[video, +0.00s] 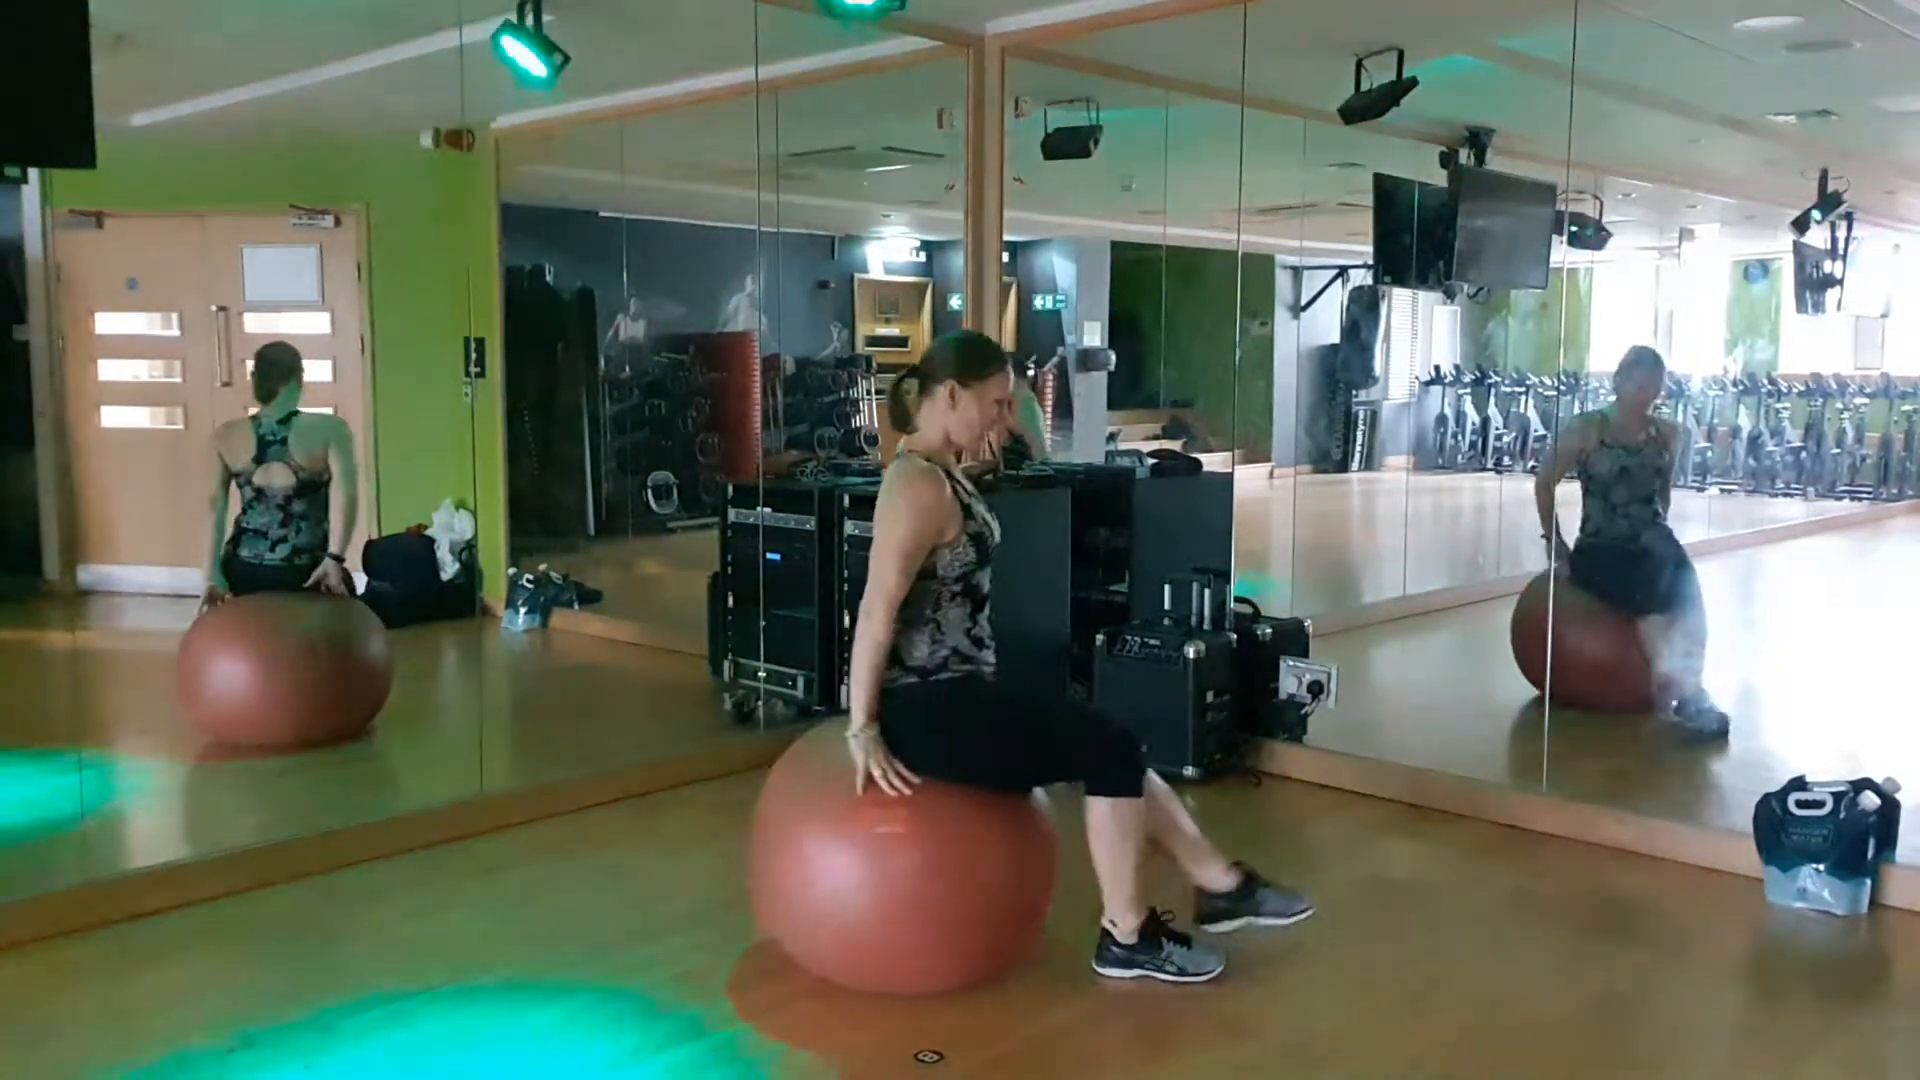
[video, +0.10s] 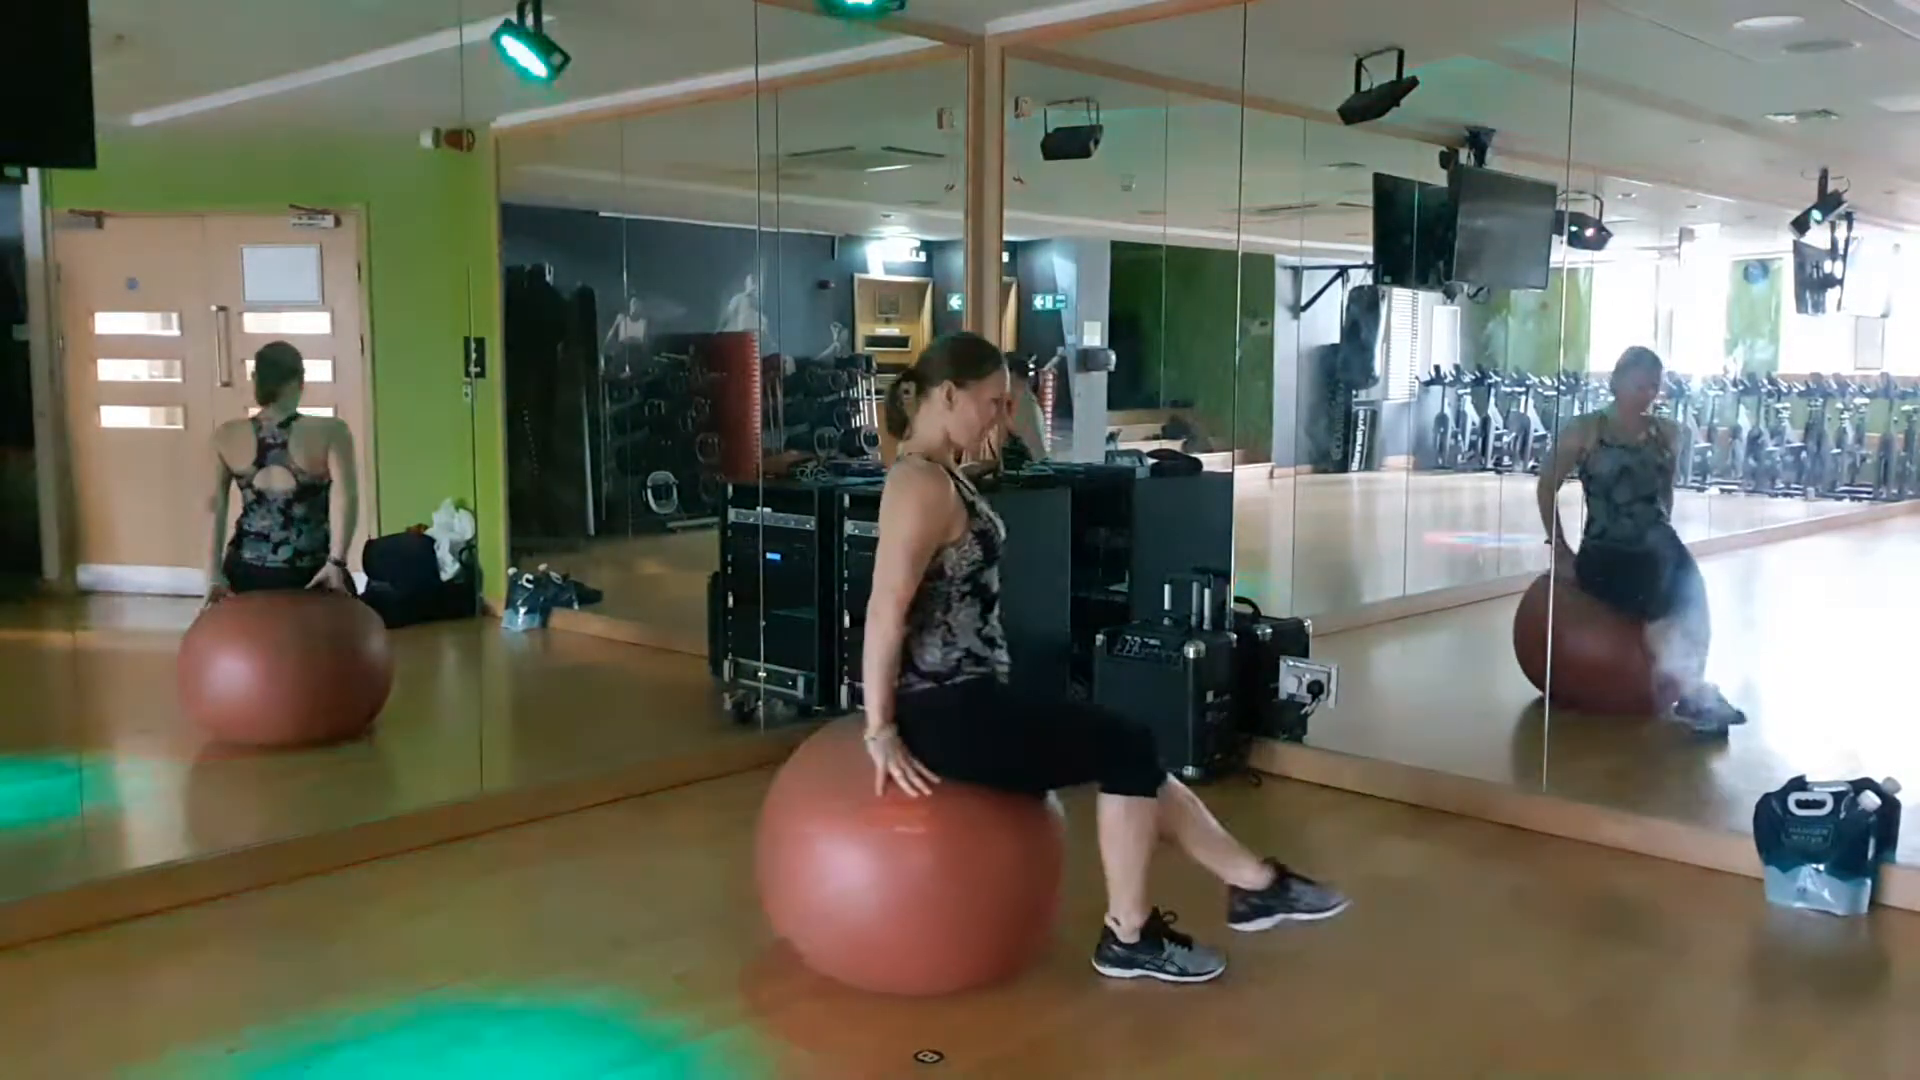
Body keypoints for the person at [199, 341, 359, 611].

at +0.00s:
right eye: (299, 376)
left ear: (256, 383)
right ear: (298, 379)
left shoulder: (228, 435)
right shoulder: (330, 429)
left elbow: (217, 507)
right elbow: (345, 494)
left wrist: (213, 573)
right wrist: (335, 556)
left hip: (244, 569)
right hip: (306, 568)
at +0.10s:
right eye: (300, 379)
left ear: (256, 383)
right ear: (300, 383)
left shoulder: (228, 436)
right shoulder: (330, 432)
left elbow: (217, 507)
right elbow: (345, 498)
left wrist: (214, 574)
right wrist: (337, 560)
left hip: (247, 568)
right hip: (309, 567)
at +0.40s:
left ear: (263, 393)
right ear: (307, 395)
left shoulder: (235, 446)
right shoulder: (334, 445)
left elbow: (222, 516)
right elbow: (347, 515)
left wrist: (229, 579)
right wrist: (343, 571)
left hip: (257, 575)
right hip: (315, 574)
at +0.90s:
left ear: (262, 422)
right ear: (307, 422)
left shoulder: (241, 470)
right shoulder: (340, 472)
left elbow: (235, 541)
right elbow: (361, 547)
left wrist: (242, 596)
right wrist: (338, 591)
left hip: (268, 597)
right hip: (325, 596)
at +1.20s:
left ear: (265, 442)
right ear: (311, 442)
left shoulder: (244, 488)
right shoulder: (344, 493)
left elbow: (242, 557)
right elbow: (370, 563)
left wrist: (256, 598)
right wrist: (346, 595)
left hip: (273, 606)